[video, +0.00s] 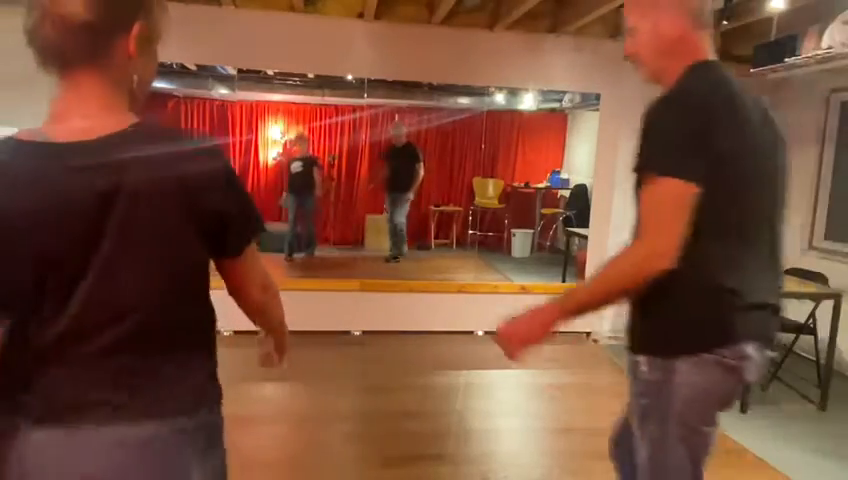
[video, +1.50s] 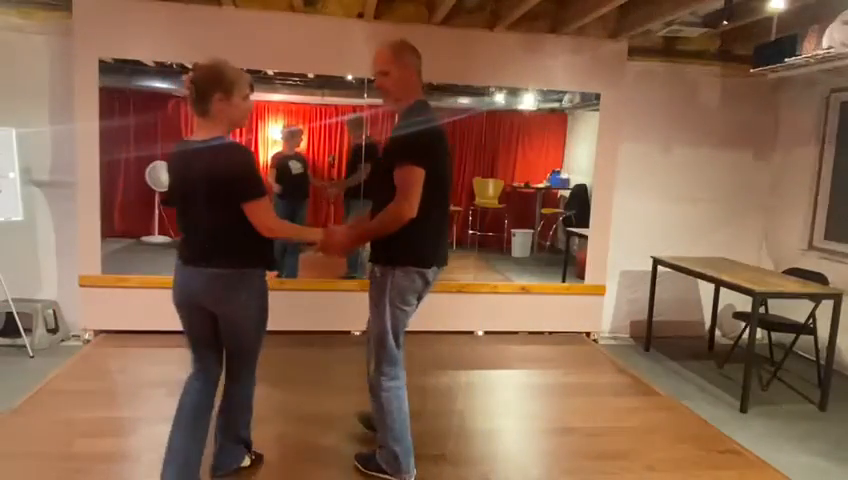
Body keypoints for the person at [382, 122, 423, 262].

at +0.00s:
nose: (397, 137)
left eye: (400, 133)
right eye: (395, 133)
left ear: (405, 133)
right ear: (392, 134)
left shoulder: (412, 149)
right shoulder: (390, 150)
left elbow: (420, 171)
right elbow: (386, 170)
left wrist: (412, 191)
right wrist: (380, 183)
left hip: (405, 190)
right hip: (392, 189)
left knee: (398, 219)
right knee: (392, 220)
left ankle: (400, 249)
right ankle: (394, 250)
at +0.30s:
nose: (390, 135)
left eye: (393, 132)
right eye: (388, 132)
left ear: (398, 134)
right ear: (385, 134)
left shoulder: (404, 150)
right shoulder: (382, 151)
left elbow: (413, 174)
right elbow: (376, 170)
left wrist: (413, 195)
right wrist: (365, 179)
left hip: (398, 191)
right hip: (384, 191)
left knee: (389, 221)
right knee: (384, 221)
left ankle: (382, 256)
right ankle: (392, 248)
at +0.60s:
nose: (384, 133)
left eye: (387, 129)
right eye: (383, 129)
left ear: (392, 131)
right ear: (380, 130)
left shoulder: (398, 148)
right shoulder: (376, 148)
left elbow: (406, 172)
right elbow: (369, 170)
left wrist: (402, 192)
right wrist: (354, 178)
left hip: (391, 193)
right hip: (375, 192)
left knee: (383, 226)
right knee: (368, 223)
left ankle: (383, 251)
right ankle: (371, 249)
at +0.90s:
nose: (374, 134)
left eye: (377, 130)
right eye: (372, 130)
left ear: (383, 131)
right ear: (369, 132)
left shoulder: (390, 150)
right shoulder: (365, 150)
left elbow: (395, 175)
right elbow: (358, 171)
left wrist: (382, 191)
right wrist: (342, 181)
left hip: (384, 195)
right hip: (368, 194)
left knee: (382, 230)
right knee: (362, 228)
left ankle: (379, 260)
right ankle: (352, 260)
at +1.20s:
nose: (358, 132)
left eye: (361, 127)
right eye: (356, 128)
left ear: (368, 127)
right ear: (354, 130)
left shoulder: (379, 147)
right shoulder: (355, 150)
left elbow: (381, 173)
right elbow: (352, 175)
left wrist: (360, 188)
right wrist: (336, 184)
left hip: (375, 196)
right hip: (358, 195)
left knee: (375, 231)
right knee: (357, 231)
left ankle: (376, 262)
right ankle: (355, 266)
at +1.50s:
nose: (349, 132)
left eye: (351, 128)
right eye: (350, 128)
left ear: (355, 128)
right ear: (360, 127)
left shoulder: (366, 147)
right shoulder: (355, 148)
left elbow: (363, 173)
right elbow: (353, 174)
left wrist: (341, 186)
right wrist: (338, 186)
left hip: (362, 196)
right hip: (352, 196)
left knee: (356, 232)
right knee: (354, 232)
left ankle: (355, 269)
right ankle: (354, 268)